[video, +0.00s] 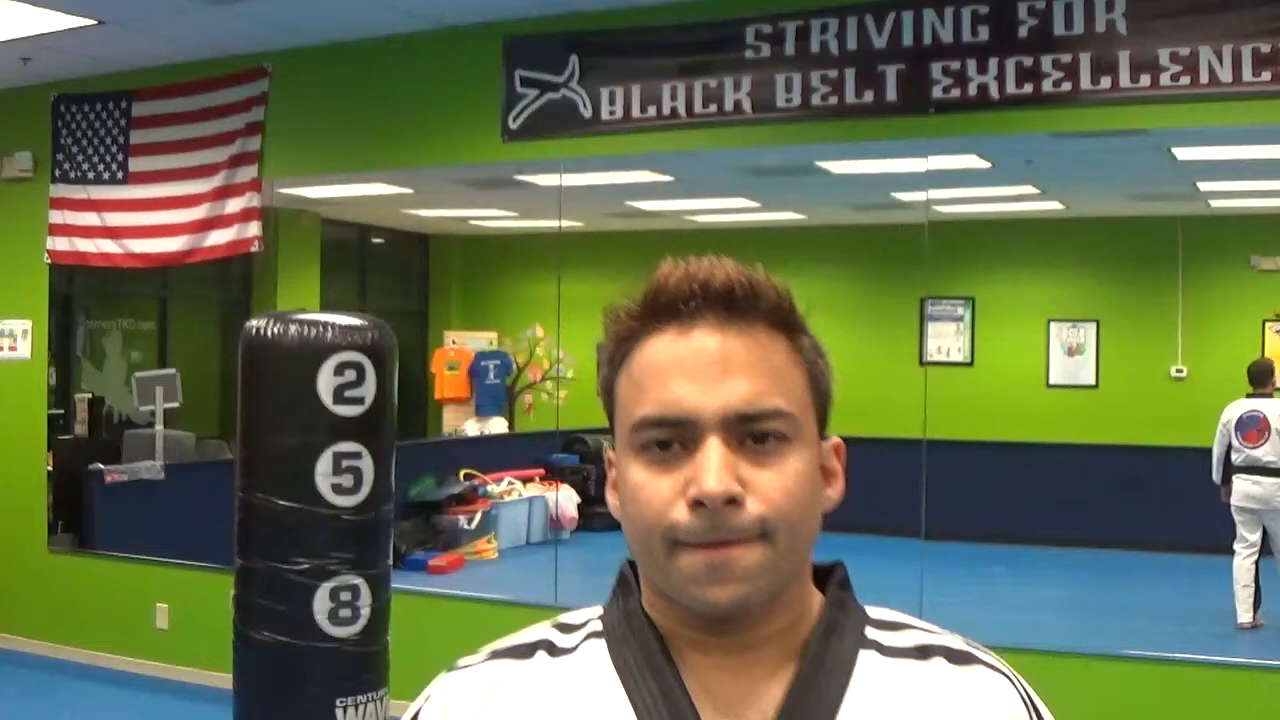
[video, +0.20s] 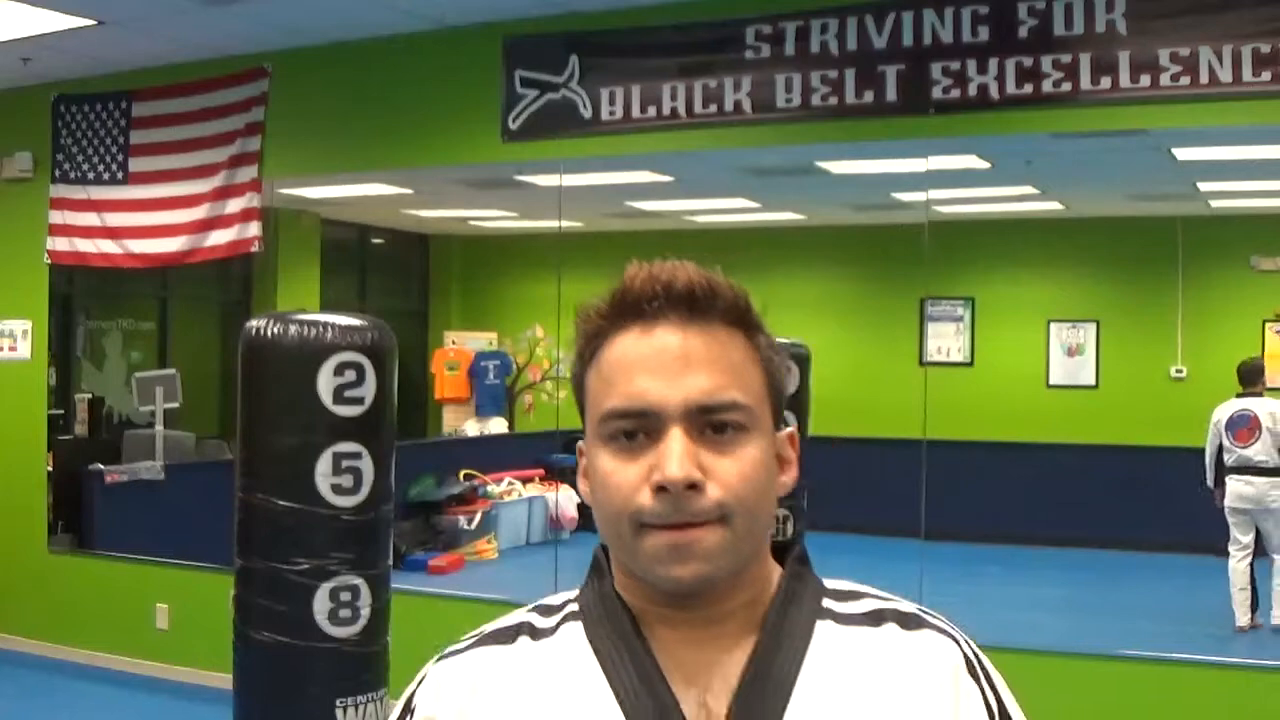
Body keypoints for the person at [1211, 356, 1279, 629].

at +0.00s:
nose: (1277, 379)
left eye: (1274, 375)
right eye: (1276, 376)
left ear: (1250, 380)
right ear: (1273, 381)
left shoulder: (1233, 409)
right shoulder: (1277, 407)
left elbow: (1219, 450)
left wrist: (1220, 480)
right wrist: (1221, 480)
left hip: (1242, 482)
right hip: (1272, 483)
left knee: (1245, 549)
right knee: (1277, 549)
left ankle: (1245, 616)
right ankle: (1248, 613)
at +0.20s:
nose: (1267, 380)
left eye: (1263, 376)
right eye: (1265, 376)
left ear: (1239, 381)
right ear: (1263, 380)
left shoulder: (1222, 411)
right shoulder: (1274, 408)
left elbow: (1211, 454)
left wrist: (1212, 484)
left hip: (1236, 484)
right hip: (1270, 484)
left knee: (1239, 551)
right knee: (1277, 553)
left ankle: (1242, 617)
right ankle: (1277, 615)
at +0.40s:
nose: (1255, 382)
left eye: (1251, 378)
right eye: (1254, 379)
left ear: (1229, 383)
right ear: (1254, 381)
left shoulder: (1214, 414)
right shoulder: (1270, 409)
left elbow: (1203, 459)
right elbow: (1276, 447)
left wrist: (1206, 492)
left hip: (1228, 488)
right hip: (1262, 488)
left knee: (1234, 554)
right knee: (1268, 552)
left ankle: (1238, 613)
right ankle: (1246, 609)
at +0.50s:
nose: (1252, 382)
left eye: (1247, 379)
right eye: (1251, 379)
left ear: (1226, 384)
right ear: (1251, 382)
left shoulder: (1211, 414)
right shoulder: (1266, 411)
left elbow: (1199, 459)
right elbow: (1277, 446)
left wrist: (1200, 495)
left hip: (1224, 489)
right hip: (1257, 490)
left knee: (1230, 555)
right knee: (1259, 554)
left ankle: (1242, 613)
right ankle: (1232, 610)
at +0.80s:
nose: (1250, 386)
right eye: (1250, 382)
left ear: (1223, 385)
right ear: (1249, 385)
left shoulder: (1202, 413)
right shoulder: (1259, 417)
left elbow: (1188, 458)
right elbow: (1274, 463)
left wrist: (1188, 492)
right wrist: (1277, 489)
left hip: (1207, 494)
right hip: (1240, 497)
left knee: (1218, 561)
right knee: (1237, 563)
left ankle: (1239, 612)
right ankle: (1217, 628)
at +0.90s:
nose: (1247, 384)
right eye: (1247, 380)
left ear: (1221, 381)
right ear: (1247, 382)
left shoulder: (1198, 409)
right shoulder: (1255, 414)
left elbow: (1185, 453)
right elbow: (1269, 462)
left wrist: (1186, 487)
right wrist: (1276, 503)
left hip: (1203, 491)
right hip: (1236, 495)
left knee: (1212, 559)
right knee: (1231, 561)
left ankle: (1231, 615)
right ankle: (1216, 629)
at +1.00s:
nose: (1244, 380)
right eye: (1244, 376)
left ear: (1217, 379)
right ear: (1243, 379)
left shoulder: (1195, 408)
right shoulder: (1251, 412)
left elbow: (1181, 451)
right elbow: (1265, 459)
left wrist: (1181, 484)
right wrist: (1271, 500)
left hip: (1197, 491)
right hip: (1230, 495)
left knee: (1199, 556)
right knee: (1224, 560)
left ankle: (1200, 623)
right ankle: (1214, 628)